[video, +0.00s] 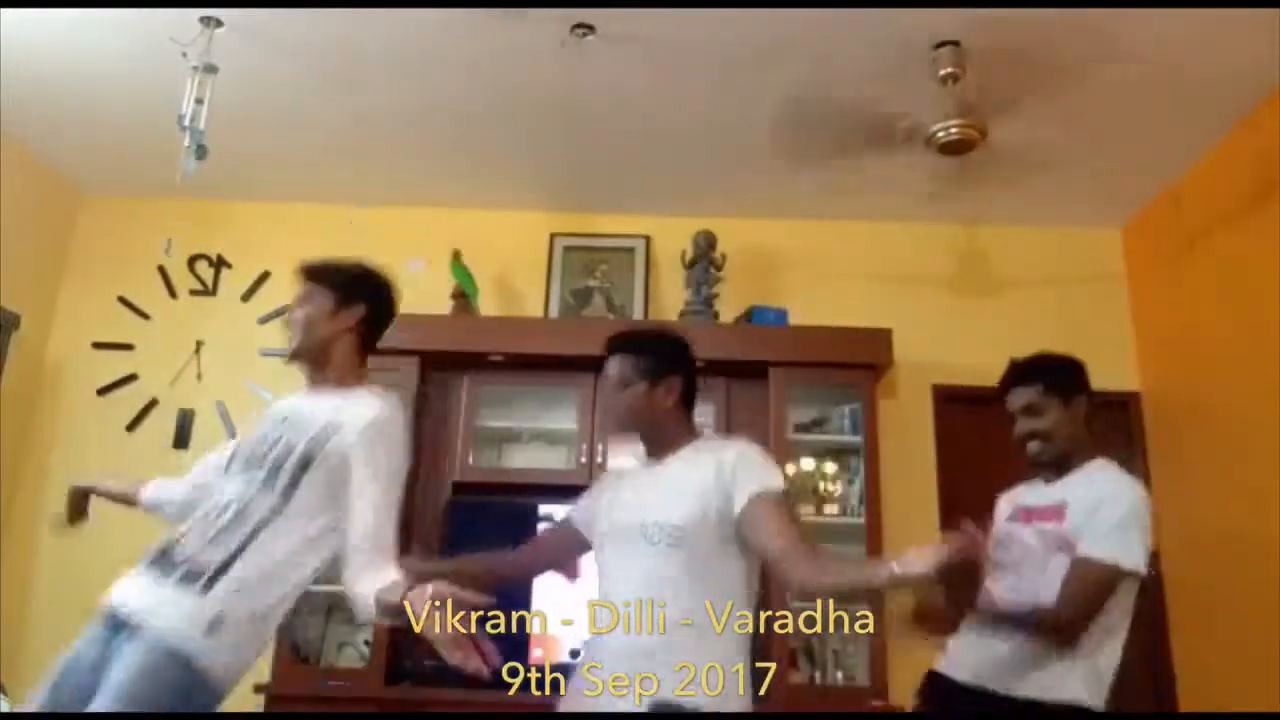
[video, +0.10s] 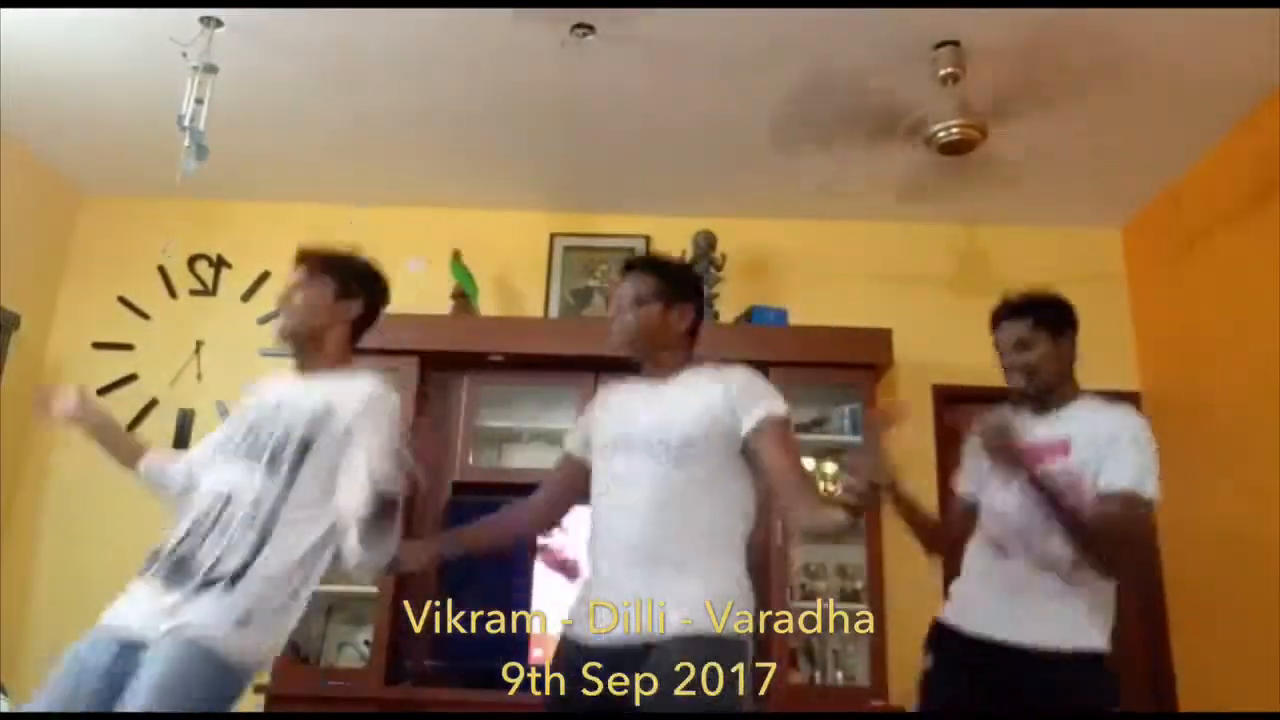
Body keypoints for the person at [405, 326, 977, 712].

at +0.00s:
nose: (604, 400)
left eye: (619, 387)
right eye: (605, 386)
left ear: (671, 393)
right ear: (647, 395)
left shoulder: (734, 462)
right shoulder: (611, 487)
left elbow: (801, 570)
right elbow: (526, 561)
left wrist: (908, 567)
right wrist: (434, 570)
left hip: (698, 695)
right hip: (600, 694)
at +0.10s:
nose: (616, 317)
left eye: (633, 304)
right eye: (616, 305)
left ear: (683, 317)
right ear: (616, 316)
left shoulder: (734, 387)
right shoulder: (605, 405)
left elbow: (798, 505)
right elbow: (538, 511)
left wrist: (846, 505)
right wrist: (438, 548)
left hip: (700, 638)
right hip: (599, 637)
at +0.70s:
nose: (709, 356)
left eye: (726, 349)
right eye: (700, 344)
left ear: (742, 369)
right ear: (681, 357)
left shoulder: (770, 428)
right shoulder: (638, 421)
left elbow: (868, 375)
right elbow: (592, 482)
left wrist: (781, 343)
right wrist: (712, 453)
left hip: (755, 660)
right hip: (644, 659)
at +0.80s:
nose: (718, 363)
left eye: (733, 359)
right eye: (709, 352)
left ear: (748, 378)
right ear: (687, 366)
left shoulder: (774, 434)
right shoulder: (647, 436)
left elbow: (859, 365)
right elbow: (589, 448)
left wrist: (767, 352)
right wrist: (721, 420)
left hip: (764, 671)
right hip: (651, 672)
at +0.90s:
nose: (720, 386)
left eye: (733, 376)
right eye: (709, 373)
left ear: (755, 385)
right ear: (690, 378)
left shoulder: (775, 444)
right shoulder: (647, 445)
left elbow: (860, 379)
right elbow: (588, 435)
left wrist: (781, 371)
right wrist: (694, 402)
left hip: (765, 674)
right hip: (655, 674)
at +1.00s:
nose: (718, 399)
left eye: (734, 389)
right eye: (708, 385)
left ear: (751, 401)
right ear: (688, 390)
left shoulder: (770, 469)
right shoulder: (645, 463)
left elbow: (868, 398)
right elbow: (587, 422)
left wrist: (774, 374)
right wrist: (662, 359)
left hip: (768, 695)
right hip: (659, 692)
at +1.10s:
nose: (715, 365)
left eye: (733, 361)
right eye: (707, 357)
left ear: (752, 390)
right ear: (689, 381)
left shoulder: (772, 460)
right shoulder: (645, 453)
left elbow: (871, 389)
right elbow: (580, 413)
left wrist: (772, 375)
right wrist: (657, 335)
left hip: (769, 690)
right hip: (661, 689)